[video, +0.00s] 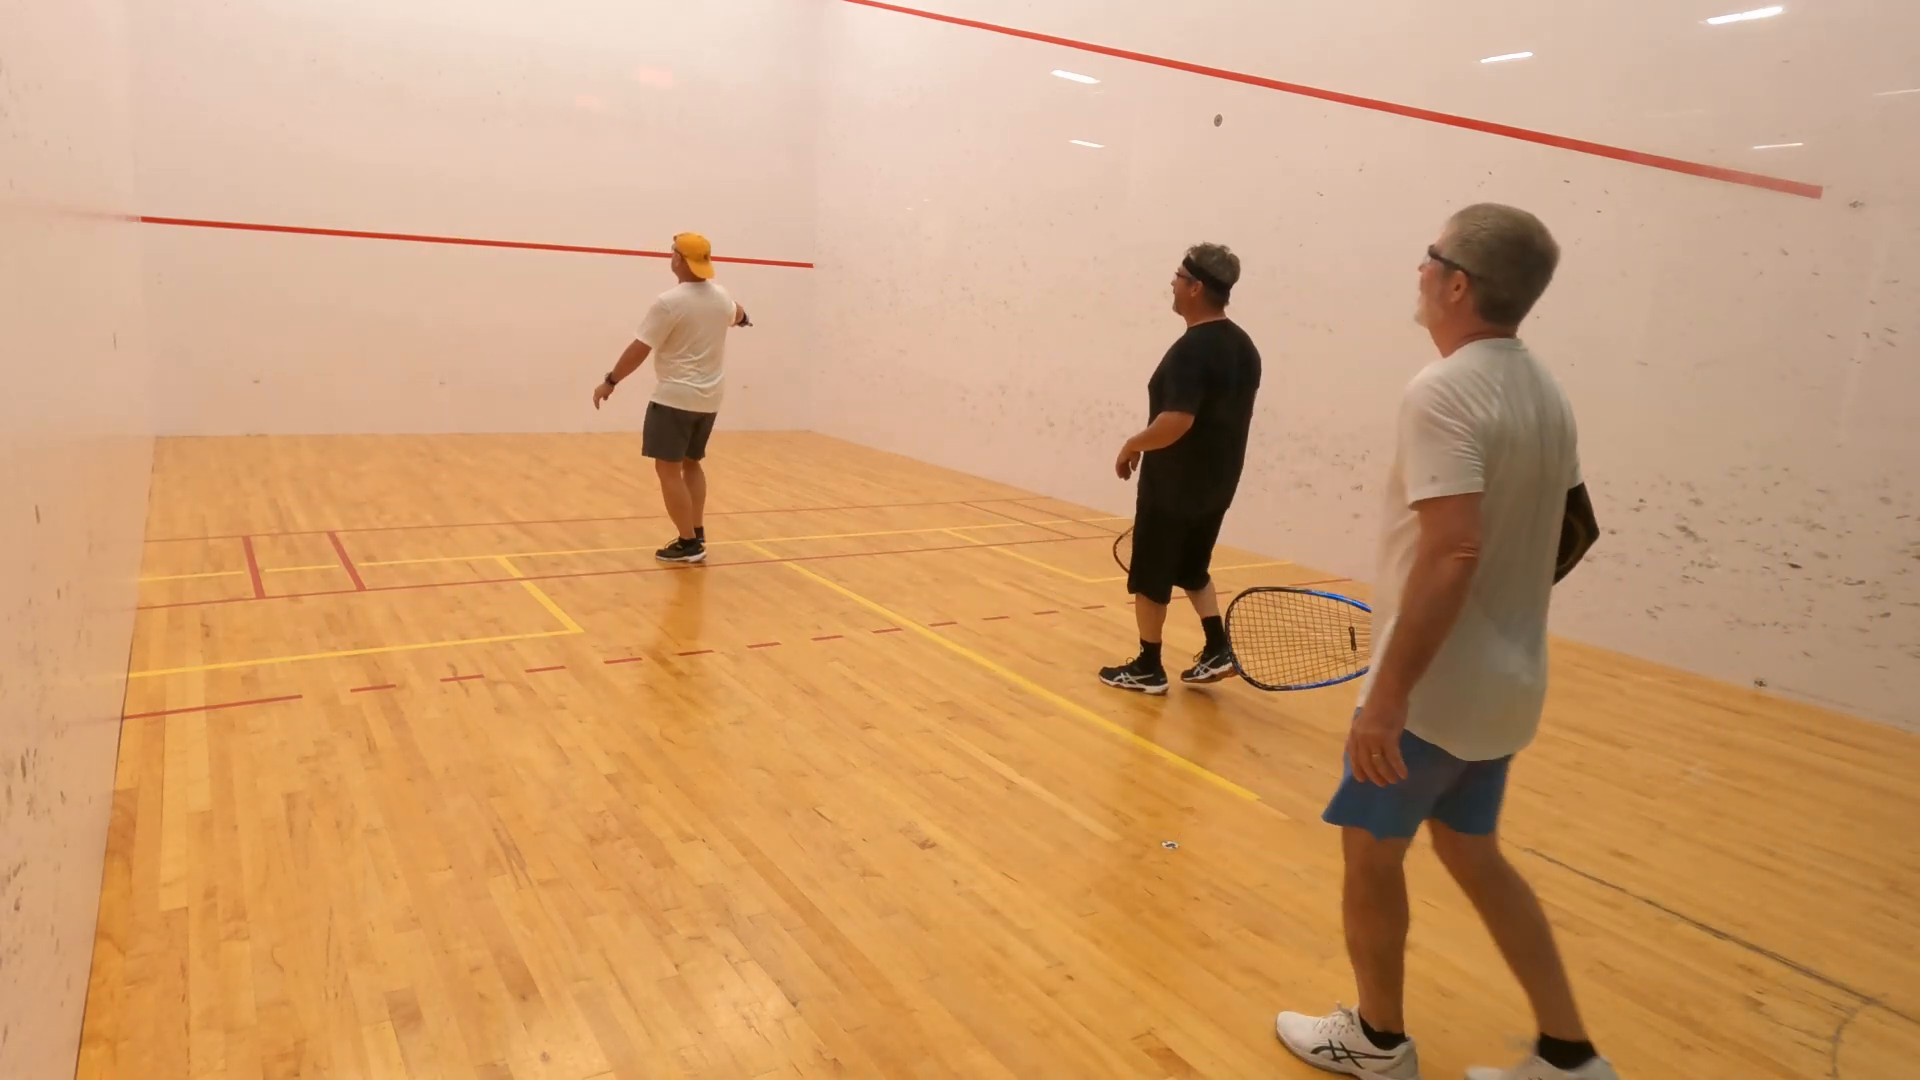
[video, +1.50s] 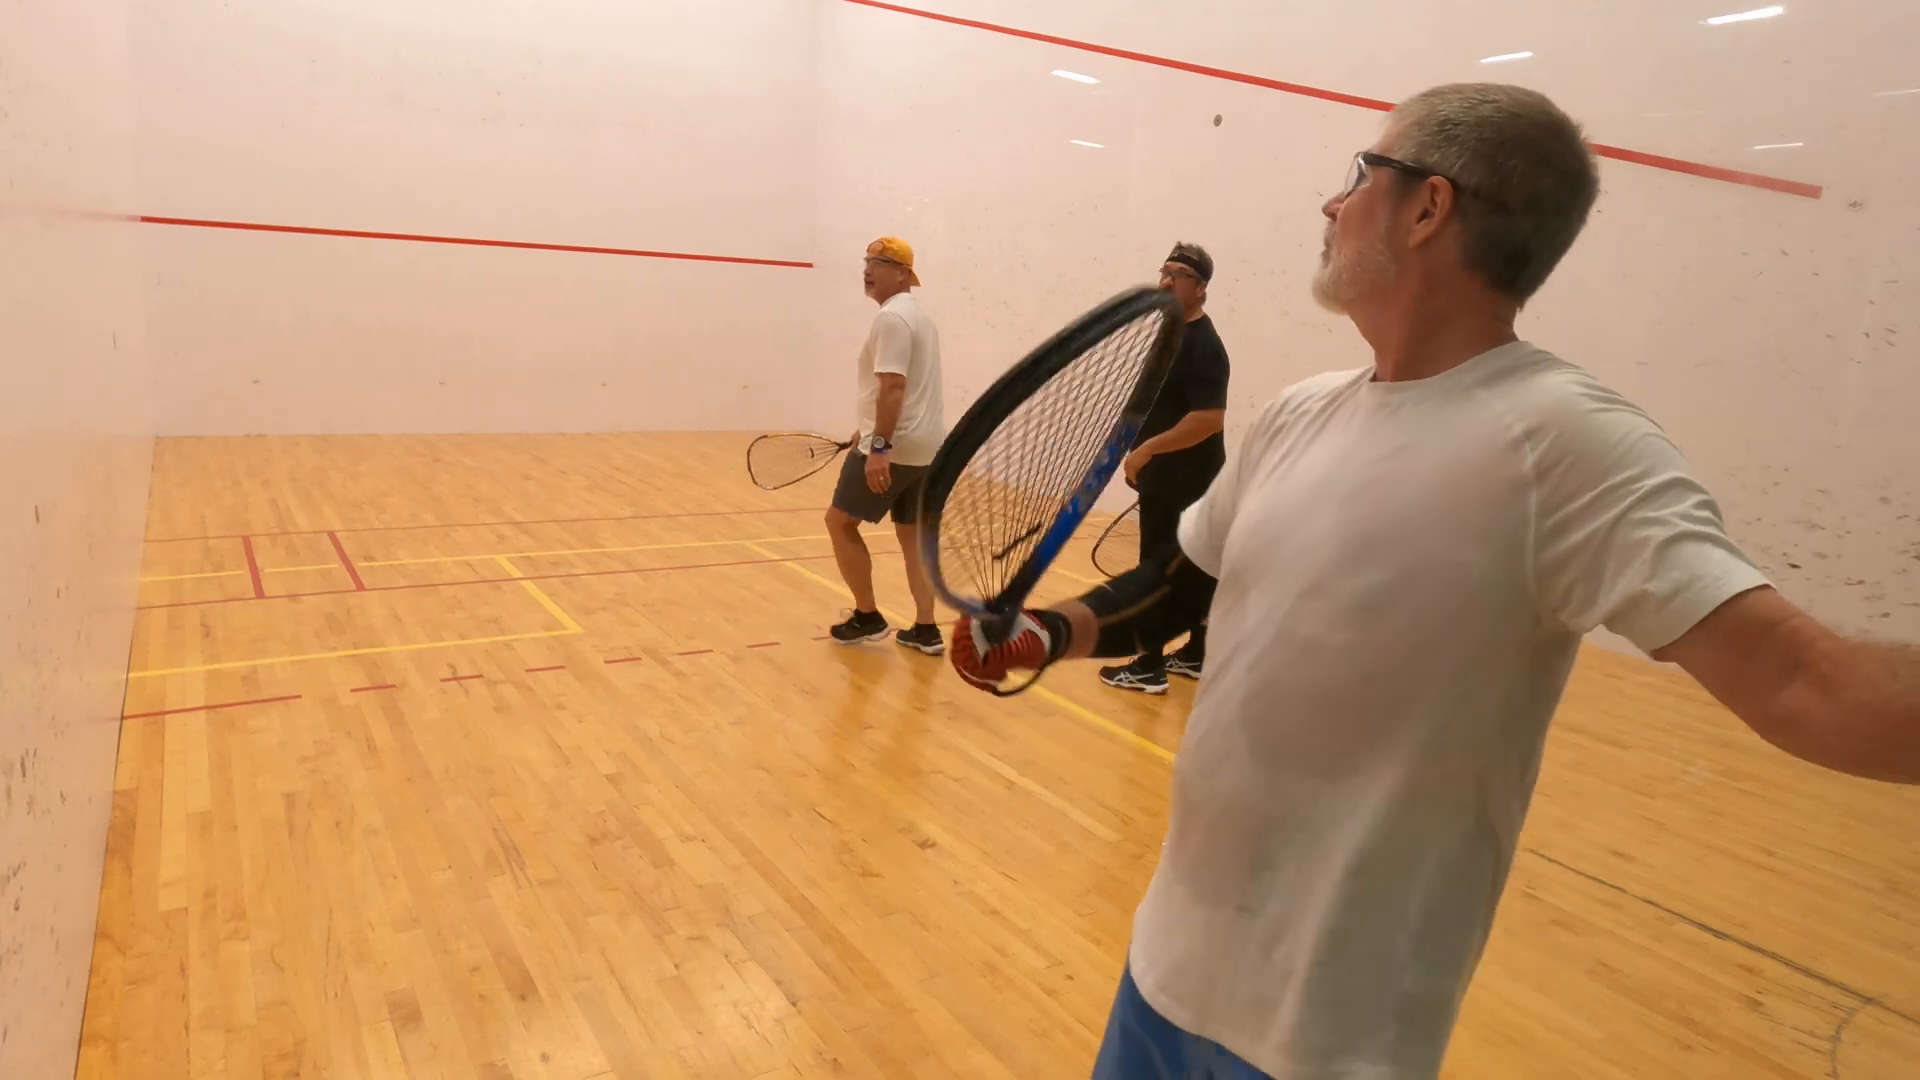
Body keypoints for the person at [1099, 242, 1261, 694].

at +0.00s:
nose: (1173, 283)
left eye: (1179, 278)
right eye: (1177, 275)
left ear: (1197, 290)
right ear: (1215, 292)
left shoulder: (1192, 349)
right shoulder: (1243, 347)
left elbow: (1174, 421)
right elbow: (1230, 422)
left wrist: (1132, 445)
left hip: (1172, 486)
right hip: (1214, 488)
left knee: (1151, 572)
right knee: (1193, 566)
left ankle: (1148, 665)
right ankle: (1218, 650)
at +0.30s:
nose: (1153, 286)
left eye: (1161, 279)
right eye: (1156, 278)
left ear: (1184, 288)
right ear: (1191, 288)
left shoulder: (1190, 341)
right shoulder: (1222, 338)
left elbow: (1185, 417)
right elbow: (1214, 417)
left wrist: (1133, 441)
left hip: (1169, 482)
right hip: (1205, 481)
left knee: (1150, 571)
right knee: (1196, 566)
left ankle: (1148, 665)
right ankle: (1196, 653)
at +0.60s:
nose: (1140, 303)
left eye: (1146, 295)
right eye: (1140, 294)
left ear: (1175, 294)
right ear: (1176, 295)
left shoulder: (1196, 344)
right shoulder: (1203, 335)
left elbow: (1206, 420)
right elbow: (1190, 418)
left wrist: (1150, 455)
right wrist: (1160, 468)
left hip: (1179, 480)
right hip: (1201, 479)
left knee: (1158, 569)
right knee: (1201, 564)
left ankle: (1150, 664)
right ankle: (1198, 653)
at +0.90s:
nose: (1134, 309)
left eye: (1141, 301)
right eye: (1134, 300)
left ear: (1171, 299)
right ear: (1170, 299)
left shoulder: (1200, 346)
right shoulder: (1183, 336)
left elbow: (1212, 424)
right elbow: (1183, 415)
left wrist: (1155, 460)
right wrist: (1154, 467)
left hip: (1185, 479)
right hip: (1191, 476)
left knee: (1160, 567)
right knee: (1202, 562)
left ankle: (1151, 665)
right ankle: (1198, 653)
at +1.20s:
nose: (1149, 293)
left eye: (1160, 286)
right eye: (1149, 285)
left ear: (1189, 292)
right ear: (1154, 287)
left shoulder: (1201, 345)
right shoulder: (1177, 335)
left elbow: (1211, 422)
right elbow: (1173, 412)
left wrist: (1150, 455)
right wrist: (1151, 469)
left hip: (1184, 476)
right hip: (1181, 472)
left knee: (1158, 567)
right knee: (1198, 561)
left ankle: (1151, 662)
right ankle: (1198, 652)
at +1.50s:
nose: (1168, 282)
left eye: (1179, 277)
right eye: (1166, 274)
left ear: (1201, 290)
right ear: (1161, 281)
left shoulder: (1203, 344)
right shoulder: (1170, 334)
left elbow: (1210, 418)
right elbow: (1153, 400)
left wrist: (1148, 448)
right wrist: (1131, 438)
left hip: (1185, 471)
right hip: (1171, 466)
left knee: (1157, 563)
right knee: (1199, 558)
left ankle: (1148, 663)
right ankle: (1197, 649)